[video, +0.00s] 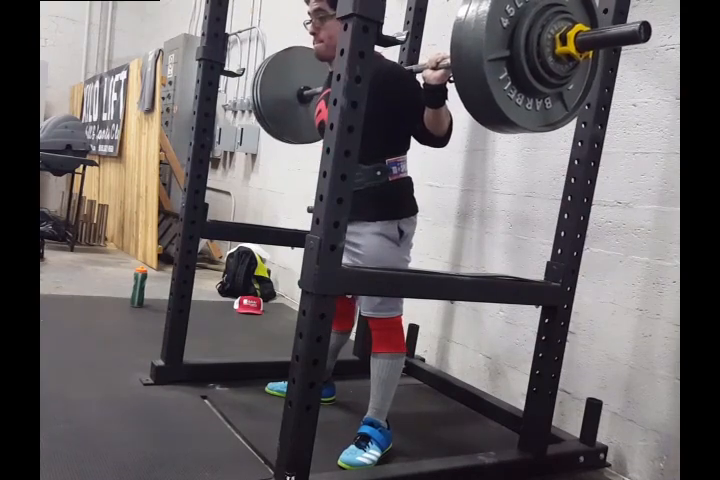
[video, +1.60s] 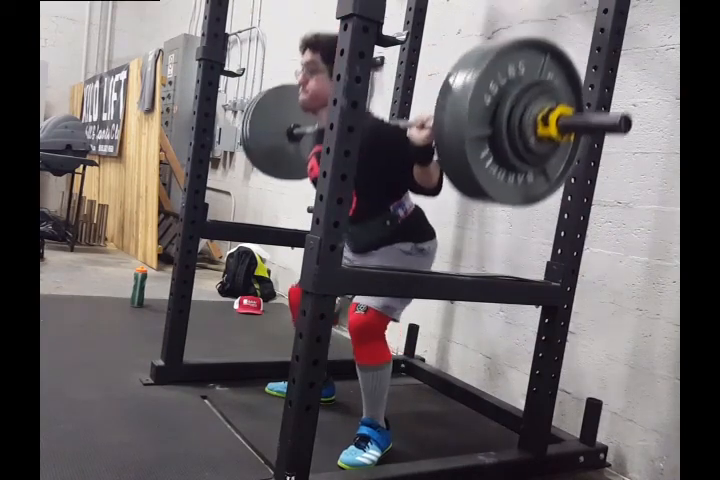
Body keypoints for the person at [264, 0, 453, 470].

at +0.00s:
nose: (312, 32)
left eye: (319, 21)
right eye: (310, 23)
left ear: (349, 22)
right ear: (331, 27)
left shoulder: (391, 78)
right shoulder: (333, 80)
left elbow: (438, 136)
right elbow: (325, 126)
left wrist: (435, 88)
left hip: (382, 217)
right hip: (335, 213)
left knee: (382, 312)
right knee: (332, 302)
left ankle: (376, 424)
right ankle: (318, 380)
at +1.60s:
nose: (300, 80)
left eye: (310, 72)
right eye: (301, 71)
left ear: (339, 79)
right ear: (315, 80)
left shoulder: (376, 134)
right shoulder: (321, 136)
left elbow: (430, 185)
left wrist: (423, 147)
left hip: (404, 243)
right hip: (353, 242)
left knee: (364, 325)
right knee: (302, 298)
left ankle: (374, 429)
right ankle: (315, 381)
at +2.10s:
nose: (281, 149)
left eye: (291, 141)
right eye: (281, 140)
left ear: (322, 150)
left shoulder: (360, 198)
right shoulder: (305, 194)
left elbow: (415, 238)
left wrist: (406, 211)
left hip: (401, 280)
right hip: (350, 277)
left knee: (352, 329)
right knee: (287, 302)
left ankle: (372, 430)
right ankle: (316, 382)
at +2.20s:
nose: (278, 159)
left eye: (287, 150)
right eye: (278, 149)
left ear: (318, 158)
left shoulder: (359, 208)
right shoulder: (304, 205)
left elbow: (416, 248)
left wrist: (404, 218)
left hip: (399, 284)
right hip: (350, 281)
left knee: (352, 330)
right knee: (285, 301)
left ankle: (372, 430)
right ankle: (316, 382)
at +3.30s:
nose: (279, 152)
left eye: (288, 142)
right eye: (278, 142)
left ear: (319, 147)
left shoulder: (359, 190)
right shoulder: (313, 195)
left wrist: (406, 184)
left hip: (414, 261)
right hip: (366, 264)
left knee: (358, 319)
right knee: (300, 297)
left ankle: (373, 428)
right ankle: (316, 381)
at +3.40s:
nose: (281, 142)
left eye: (290, 132)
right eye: (280, 132)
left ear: (321, 137)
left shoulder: (360, 180)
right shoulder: (316, 187)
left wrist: (408, 174)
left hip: (413, 253)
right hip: (366, 256)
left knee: (359, 319)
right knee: (305, 298)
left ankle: (373, 428)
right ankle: (316, 380)